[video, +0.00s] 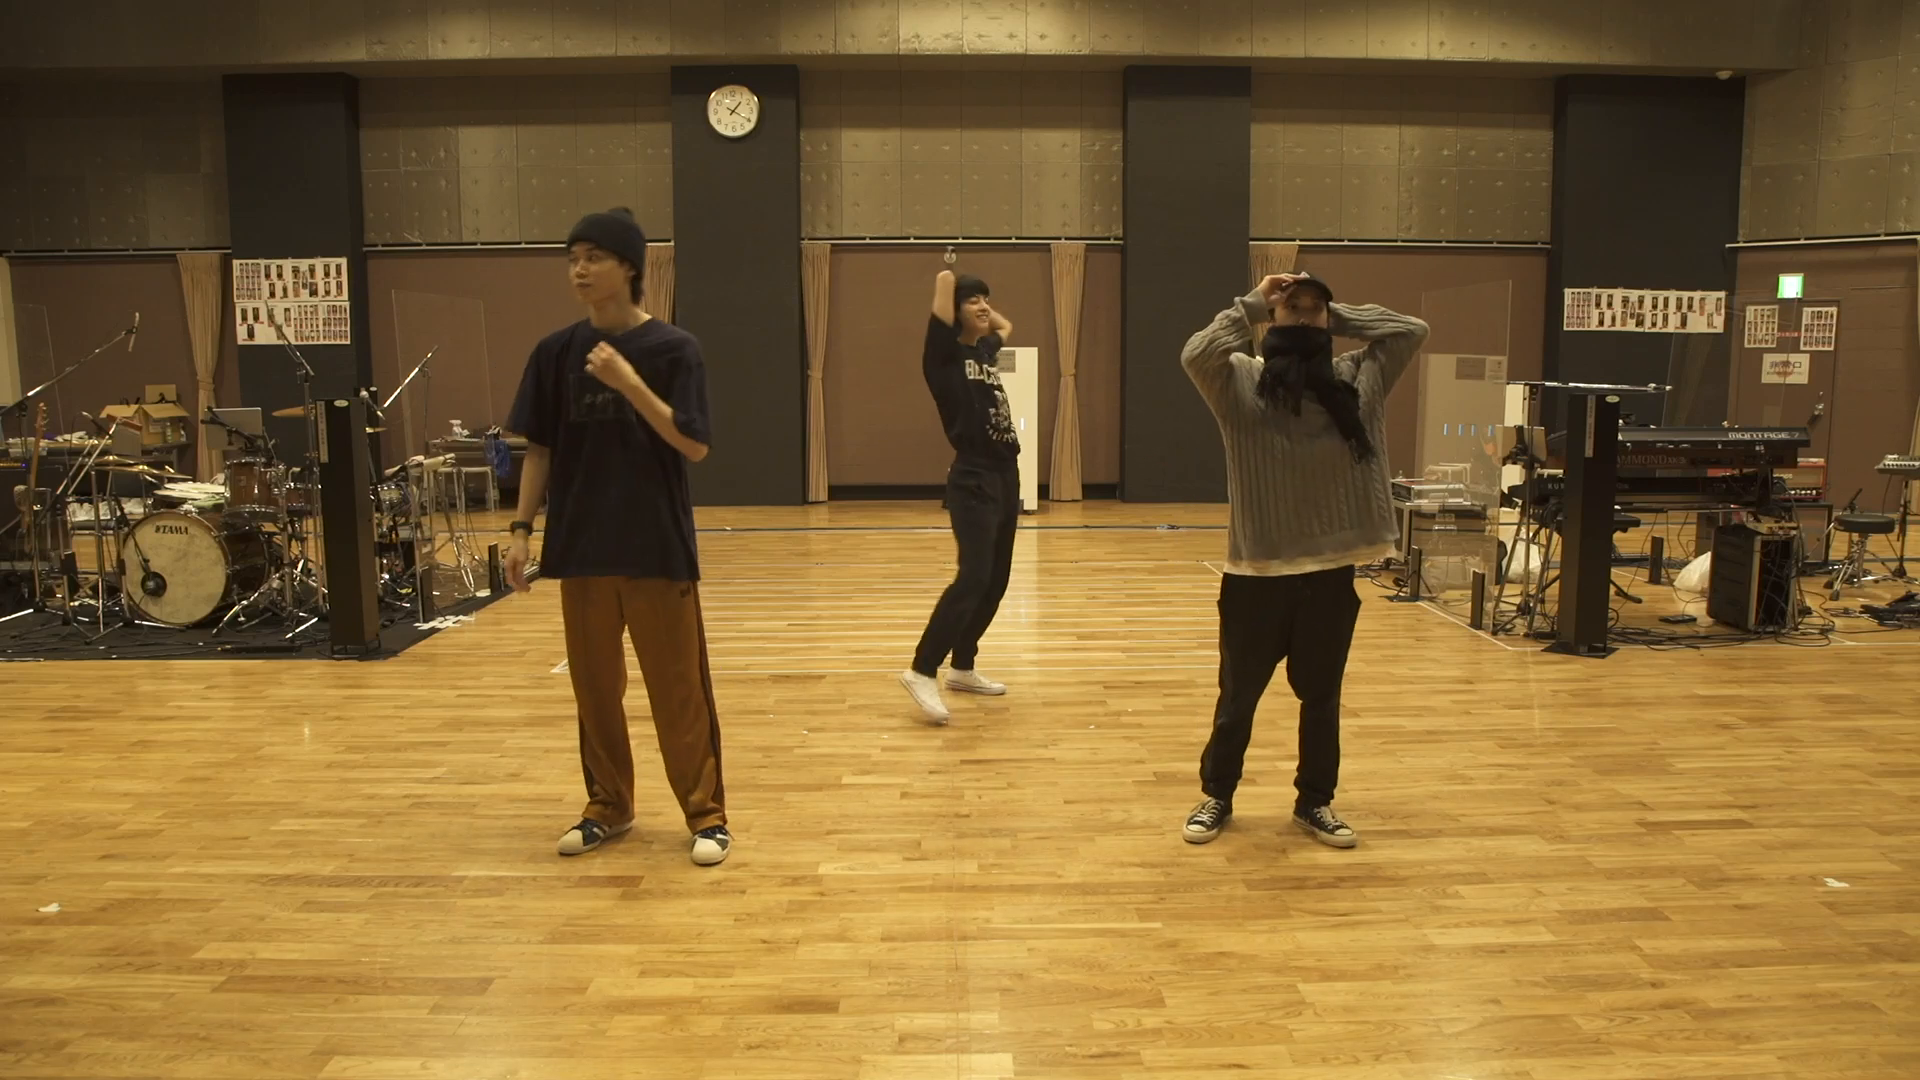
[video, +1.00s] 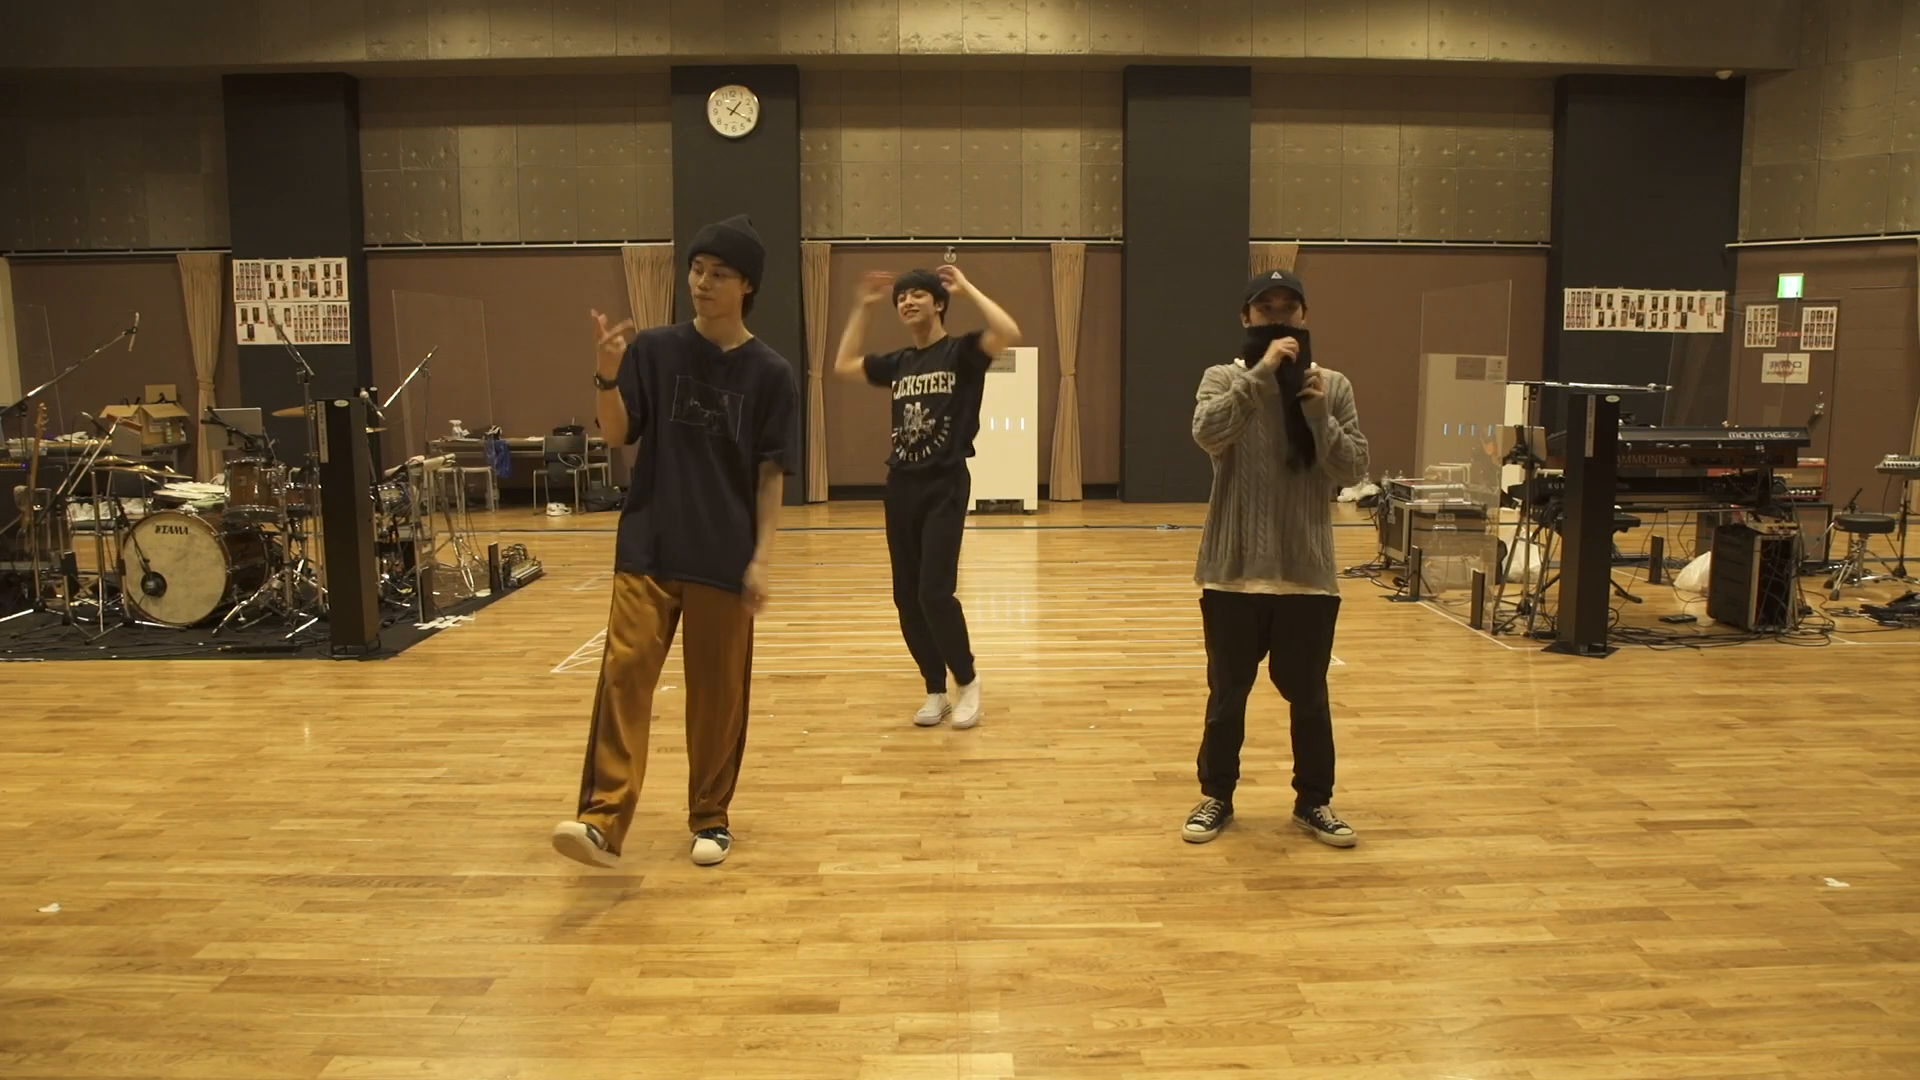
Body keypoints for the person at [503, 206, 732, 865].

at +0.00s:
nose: (580, 271)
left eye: (594, 259)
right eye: (575, 260)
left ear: (630, 267)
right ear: (570, 270)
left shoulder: (674, 350)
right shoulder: (555, 353)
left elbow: (694, 444)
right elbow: (538, 450)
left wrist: (631, 384)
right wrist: (522, 527)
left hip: (658, 550)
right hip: (578, 551)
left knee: (680, 690)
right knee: (595, 689)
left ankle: (706, 816)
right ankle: (607, 810)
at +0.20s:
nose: (618, 271)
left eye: (633, 260)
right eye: (612, 260)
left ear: (668, 269)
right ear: (606, 269)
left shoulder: (706, 351)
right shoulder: (582, 341)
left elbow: (716, 447)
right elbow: (563, 439)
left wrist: (670, 376)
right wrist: (552, 519)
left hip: (679, 542)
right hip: (599, 541)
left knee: (690, 687)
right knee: (604, 683)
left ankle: (707, 818)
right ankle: (608, 810)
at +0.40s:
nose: (671, 271)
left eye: (685, 260)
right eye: (661, 260)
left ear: (710, 273)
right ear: (647, 271)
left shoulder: (739, 359)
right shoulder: (611, 349)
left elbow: (750, 454)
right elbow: (574, 436)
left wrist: (708, 398)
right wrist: (593, 499)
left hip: (707, 549)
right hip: (628, 546)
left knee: (709, 689)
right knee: (613, 681)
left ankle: (709, 816)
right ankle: (607, 805)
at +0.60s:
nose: (690, 275)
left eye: (705, 265)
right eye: (681, 263)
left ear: (729, 277)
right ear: (668, 271)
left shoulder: (757, 362)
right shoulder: (640, 346)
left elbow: (779, 453)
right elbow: (614, 440)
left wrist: (732, 408)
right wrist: (605, 387)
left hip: (720, 552)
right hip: (641, 549)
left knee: (716, 692)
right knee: (630, 693)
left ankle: (711, 821)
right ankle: (622, 826)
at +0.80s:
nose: (700, 277)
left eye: (714, 268)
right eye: (692, 266)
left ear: (742, 279)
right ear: (680, 275)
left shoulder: (768, 367)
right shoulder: (646, 345)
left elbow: (784, 460)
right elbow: (613, 428)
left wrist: (731, 456)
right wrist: (604, 364)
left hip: (725, 555)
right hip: (647, 548)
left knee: (719, 690)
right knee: (634, 684)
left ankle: (711, 821)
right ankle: (627, 830)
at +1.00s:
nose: (702, 284)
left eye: (718, 274)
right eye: (697, 272)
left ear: (747, 287)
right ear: (688, 279)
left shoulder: (769, 372)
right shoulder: (652, 349)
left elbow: (771, 473)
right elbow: (615, 432)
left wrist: (762, 557)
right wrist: (607, 377)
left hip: (725, 553)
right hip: (647, 545)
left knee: (719, 690)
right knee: (622, 672)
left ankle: (710, 820)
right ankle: (602, 821)